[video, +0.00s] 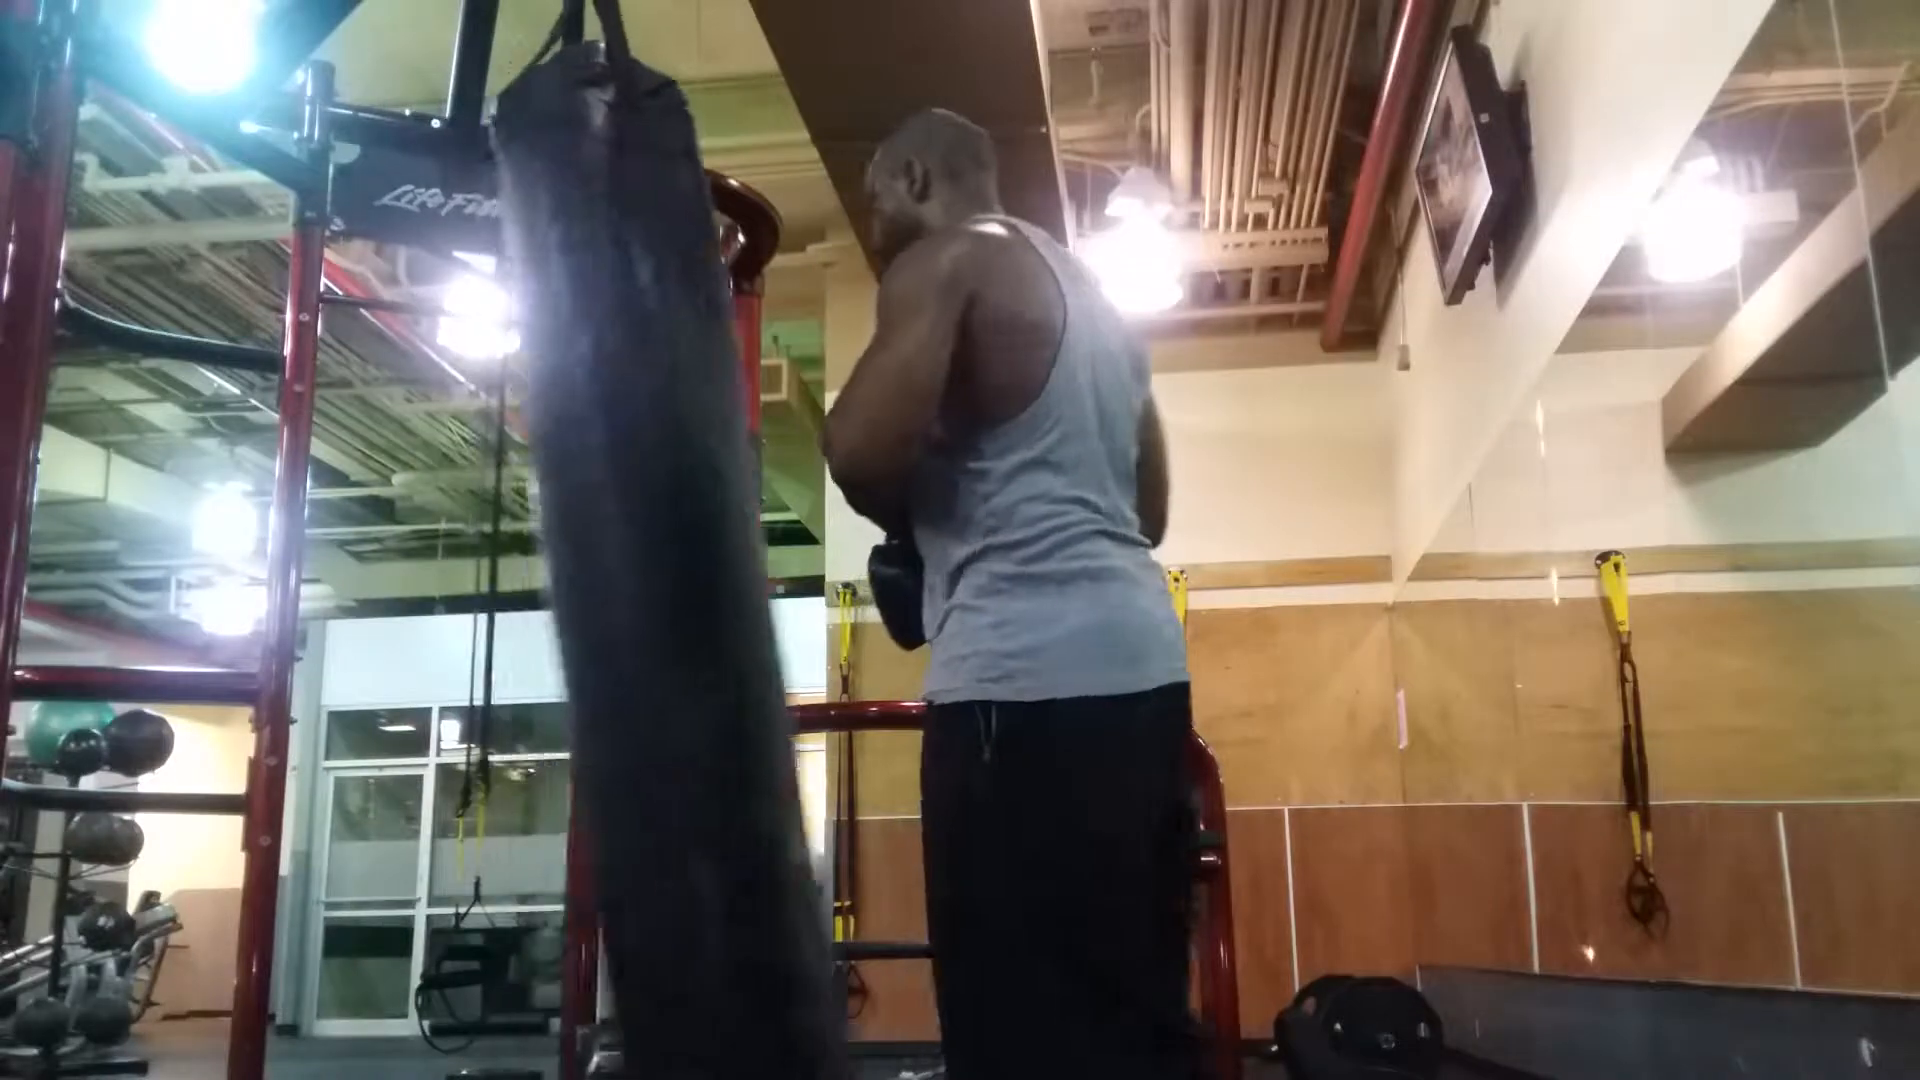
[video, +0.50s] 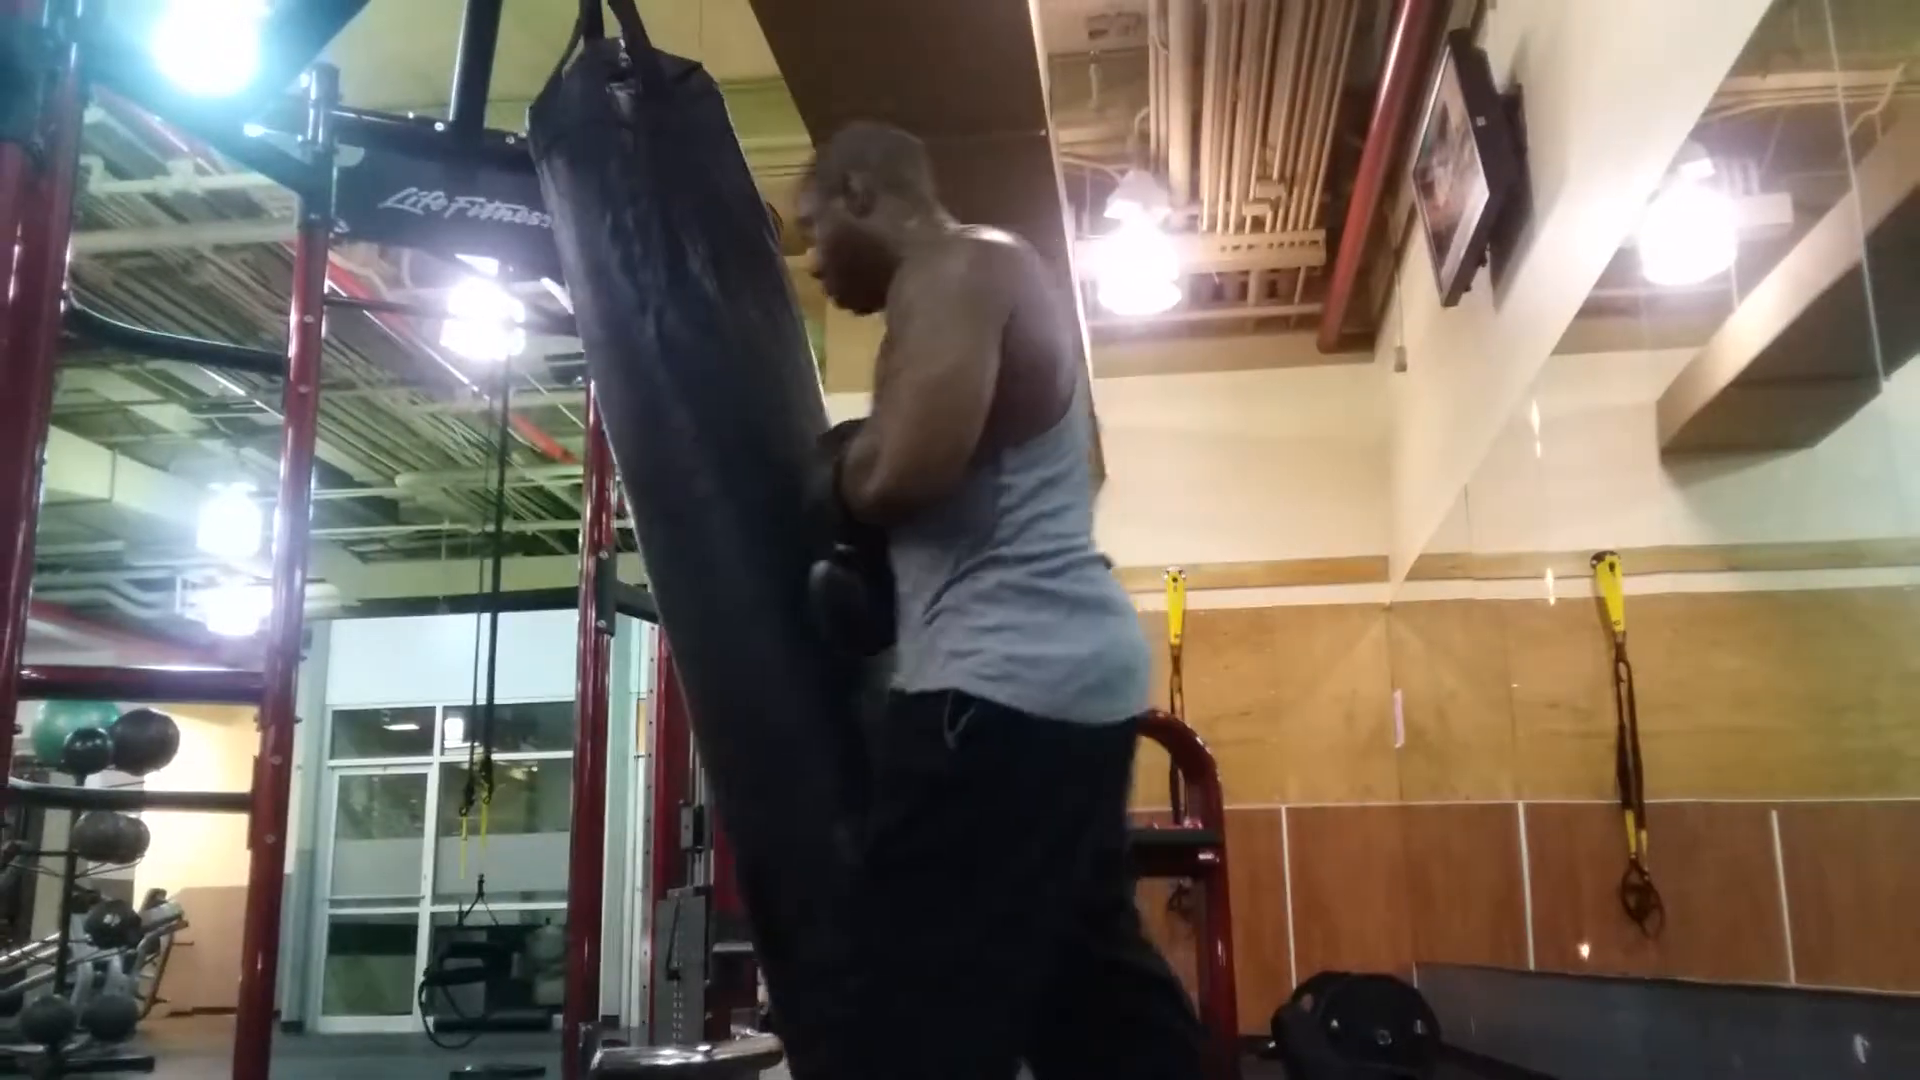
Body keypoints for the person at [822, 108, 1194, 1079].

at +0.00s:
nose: (873, 231)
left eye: (874, 205)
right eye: (870, 209)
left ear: (909, 179)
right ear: (982, 182)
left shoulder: (944, 259)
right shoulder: (1091, 295)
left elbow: (863, 452)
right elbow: (1144, 515)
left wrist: (920, 527)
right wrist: (951, 551)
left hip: (1021, 689)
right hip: (1139, 681)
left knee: (1010, 1023)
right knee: (1133, 1010)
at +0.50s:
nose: (813, 265)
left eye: (811, 235)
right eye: (803, 243)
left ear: (860, 201)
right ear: (894, 198)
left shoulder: (954, 269)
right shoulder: (1012, 270)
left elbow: (905, 473)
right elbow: (1083, 469)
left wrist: (839, 465)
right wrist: (895, 506)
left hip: (1002, 683)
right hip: (1069, 675)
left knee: (919, 994)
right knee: (1091, 979)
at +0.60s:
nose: (754, 251)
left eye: (751, 219)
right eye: (743, 228)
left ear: (801, 191)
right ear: (840, 190)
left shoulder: (905, 263)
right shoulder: (942, 260)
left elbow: (876, 463)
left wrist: (801, 480)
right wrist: (818, 457)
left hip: (960, 676)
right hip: (1021, 672)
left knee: (848, 1000)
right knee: (1066, 981)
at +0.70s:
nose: (691, 240)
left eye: (685, 211)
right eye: (682, 218)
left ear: (718, 181)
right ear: (781, 165)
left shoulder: (833, 238)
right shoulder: (895, 236)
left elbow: (798, 435)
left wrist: (726, 470)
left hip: (908, 663)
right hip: (997, 658)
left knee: (789, 977)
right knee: (1007, 940)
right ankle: (1109, 1072)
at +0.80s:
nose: (653, 227)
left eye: (646, 203)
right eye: (642, 208)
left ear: (679, 164)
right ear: (740, 145)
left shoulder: (761, 220)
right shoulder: (864, 228)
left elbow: (709, 436)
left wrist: (690, 467)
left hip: (876, 646)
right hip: (977, 638)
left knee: (753, 987)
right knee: (956, 952)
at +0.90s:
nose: (625, 212)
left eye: (618, 188)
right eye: (619, 196)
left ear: (644, 151)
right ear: (718, 131)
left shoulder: (714, 201)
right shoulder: (874, 240)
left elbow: (654, 436)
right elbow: (952, 458)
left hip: (842, 631)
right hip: (965, 622)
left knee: (737, 974)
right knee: (928, 945)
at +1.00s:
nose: (616, 200)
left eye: (612, 182)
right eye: (614, 186)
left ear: (629, 153)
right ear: (717, 133)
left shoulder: (674, 206)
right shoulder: (876, 238)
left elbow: (620, 437)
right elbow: (966, 459)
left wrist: (703, 485)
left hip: (822, 625)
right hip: (960, 620)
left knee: (724, 968)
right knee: (911, 943)